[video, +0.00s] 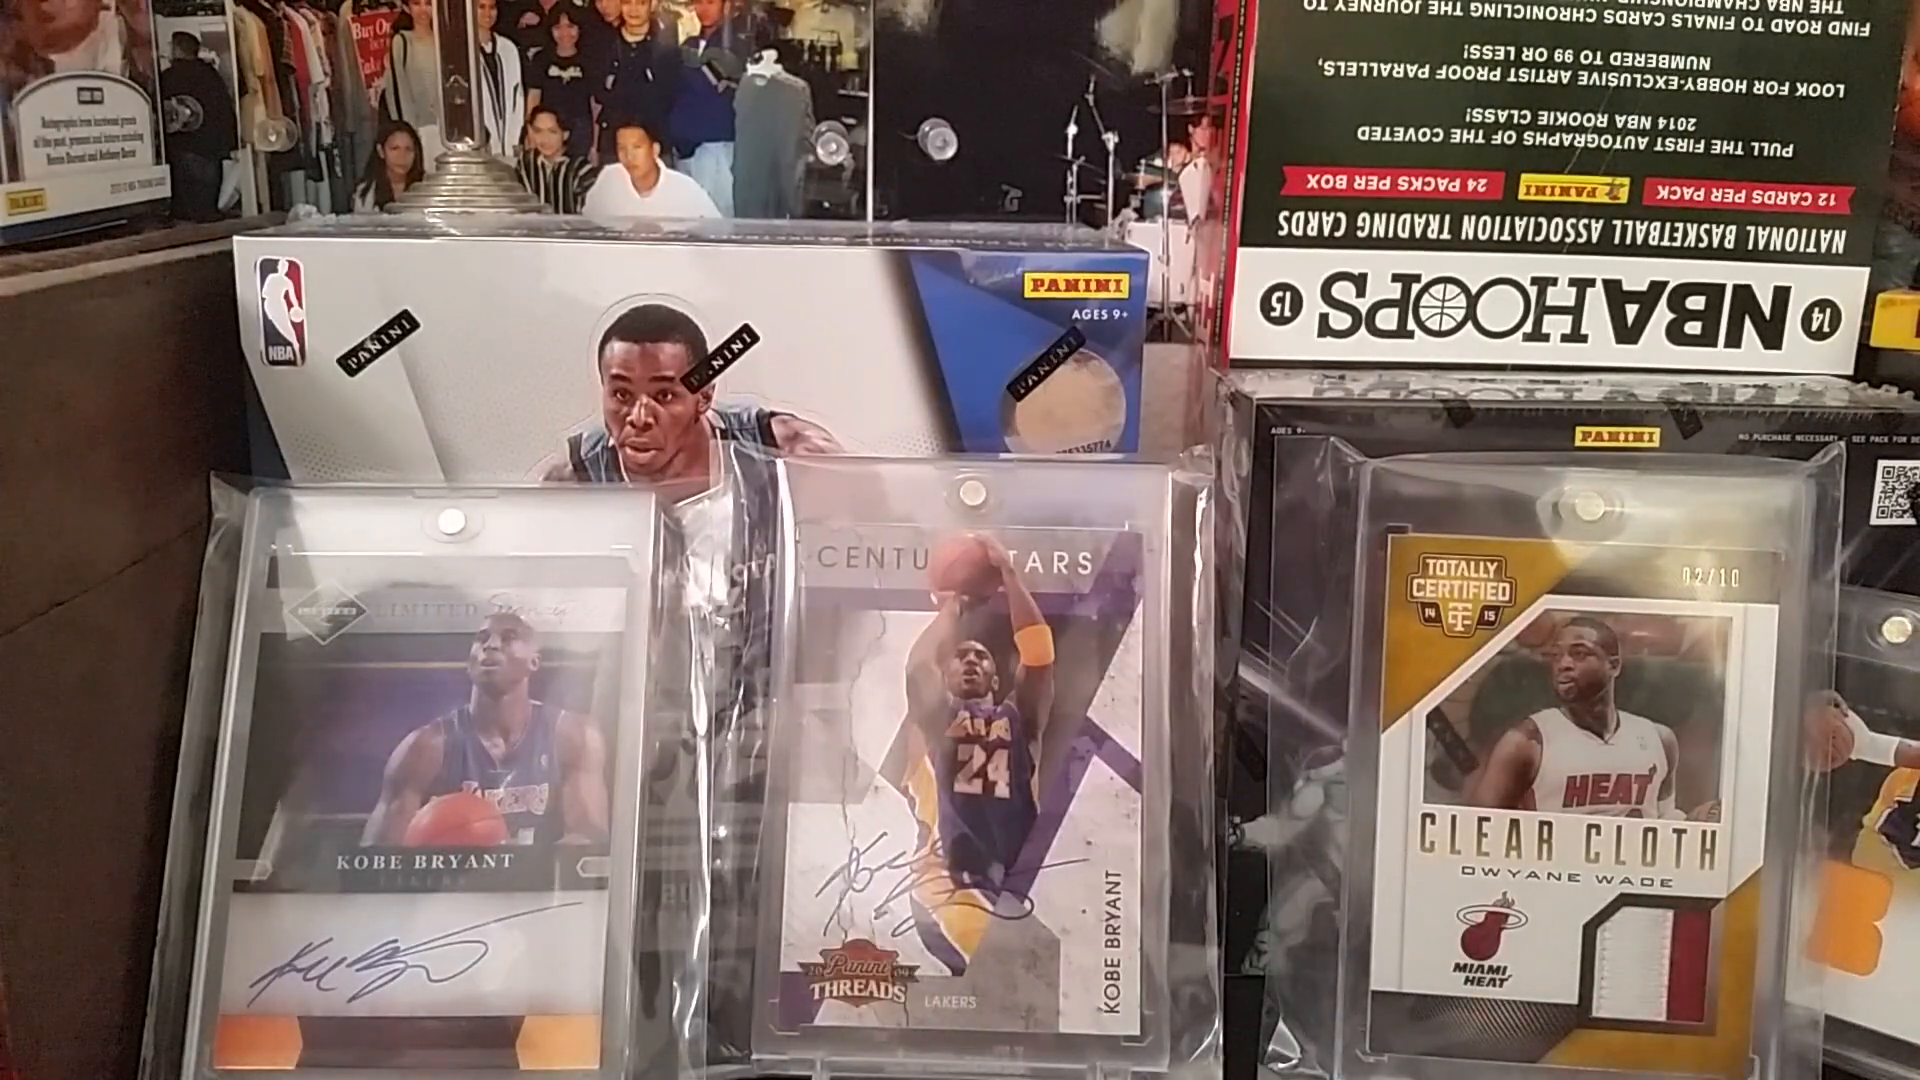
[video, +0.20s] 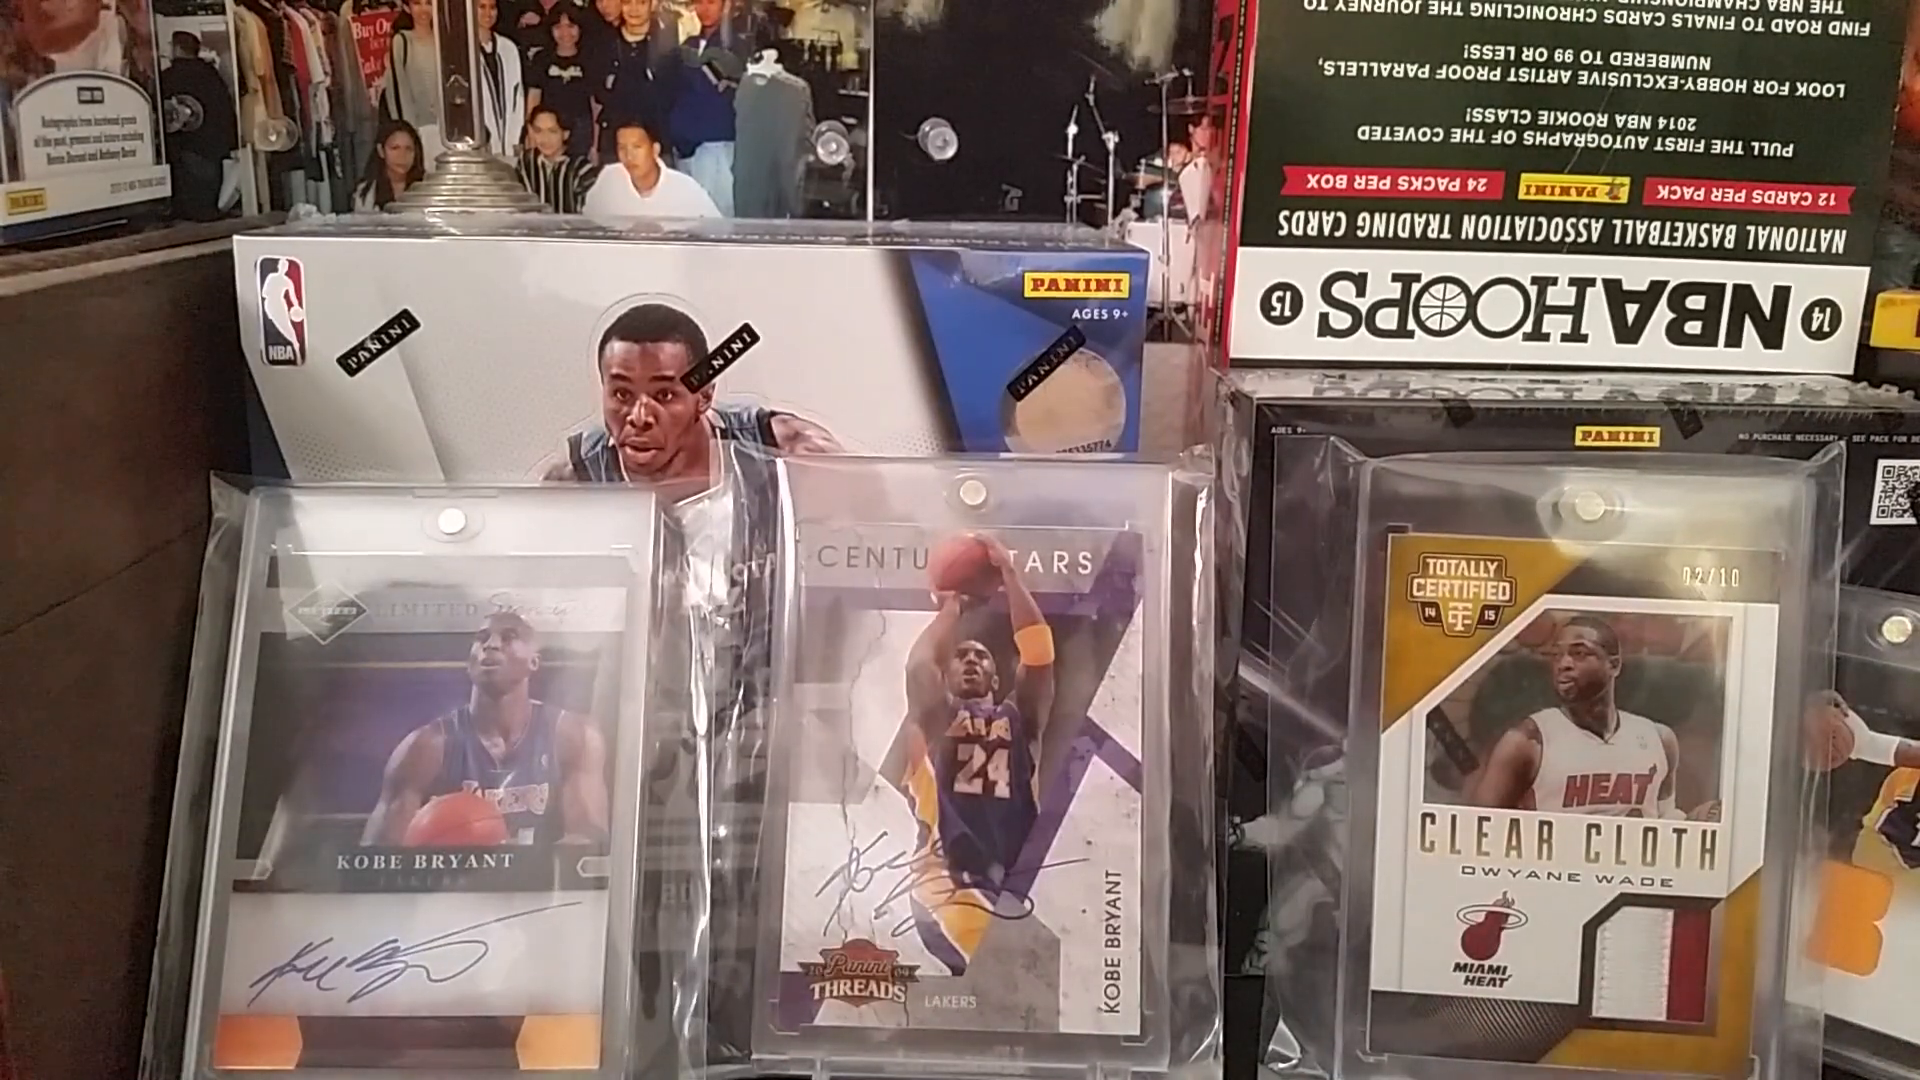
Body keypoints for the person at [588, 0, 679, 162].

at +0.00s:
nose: (634, 9)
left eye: (641, 3)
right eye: (627, 3)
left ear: (652, 6)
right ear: (620, 7)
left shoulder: (666, 47)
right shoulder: (606, 43)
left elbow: (670, 92)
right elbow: (599, 92)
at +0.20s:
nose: (634, 9)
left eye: (641, 3)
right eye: (627, 3)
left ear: (652, 5)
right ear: (621, 7)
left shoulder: (666, 44)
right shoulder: (606, 43)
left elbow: (671, 92)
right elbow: (599, 92)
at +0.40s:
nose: (634, 10)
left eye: (642, 3)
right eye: (628, 3)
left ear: (653, 6)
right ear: (621, 7)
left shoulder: (667, 45)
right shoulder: (607, 42)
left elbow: (673, 91)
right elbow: (598, 89)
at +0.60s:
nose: (634, 10)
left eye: (642, 3)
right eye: (628, 3)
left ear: (653, 6)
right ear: (621, 7)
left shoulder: (667, 44)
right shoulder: (608, 43)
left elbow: (675, 89)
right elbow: (598, 89)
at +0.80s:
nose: (634, 10)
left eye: (642, 3)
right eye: (628, 3)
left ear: (653, 6)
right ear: (621, 7)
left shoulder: (668, 45)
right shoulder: (608, 43)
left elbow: (675, 89)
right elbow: (598, 89)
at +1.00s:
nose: (634, 10)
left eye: (642, 3)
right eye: (628, 3)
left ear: (654, 5)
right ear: (621, 7)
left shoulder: (667, 44)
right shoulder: (607, 43)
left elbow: (670, 93)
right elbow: (601, 94)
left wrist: (616, 86)